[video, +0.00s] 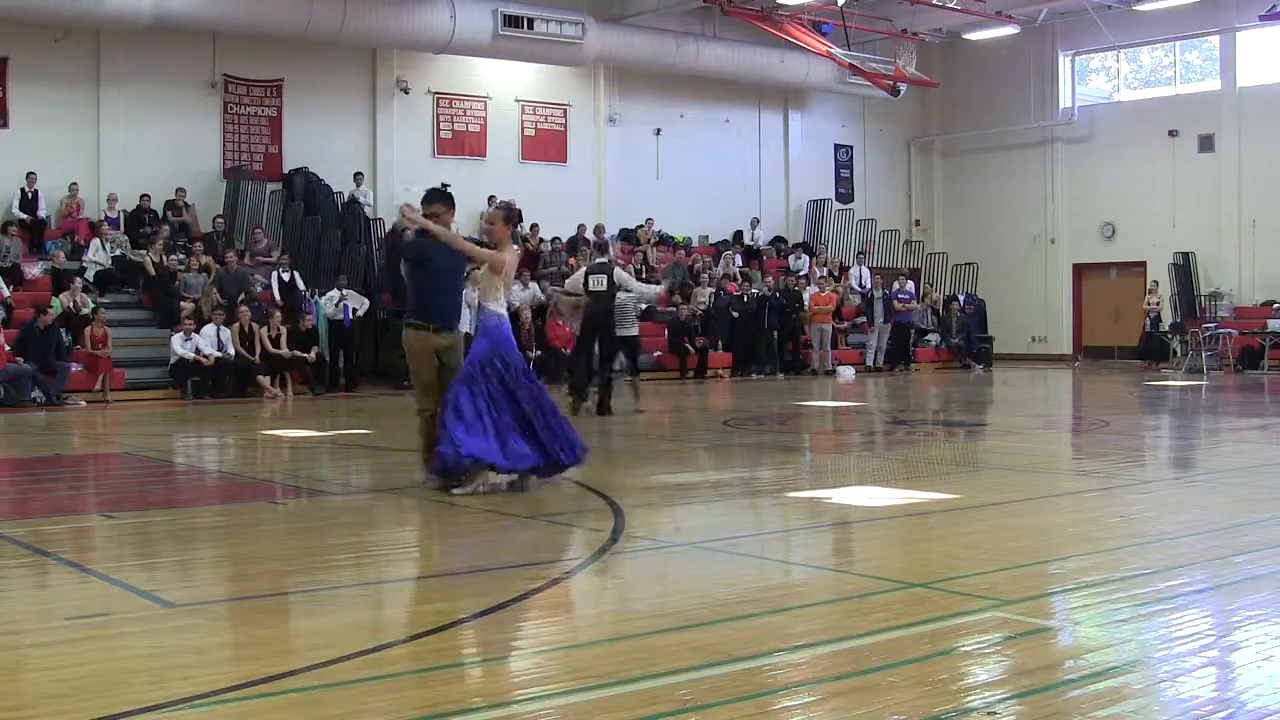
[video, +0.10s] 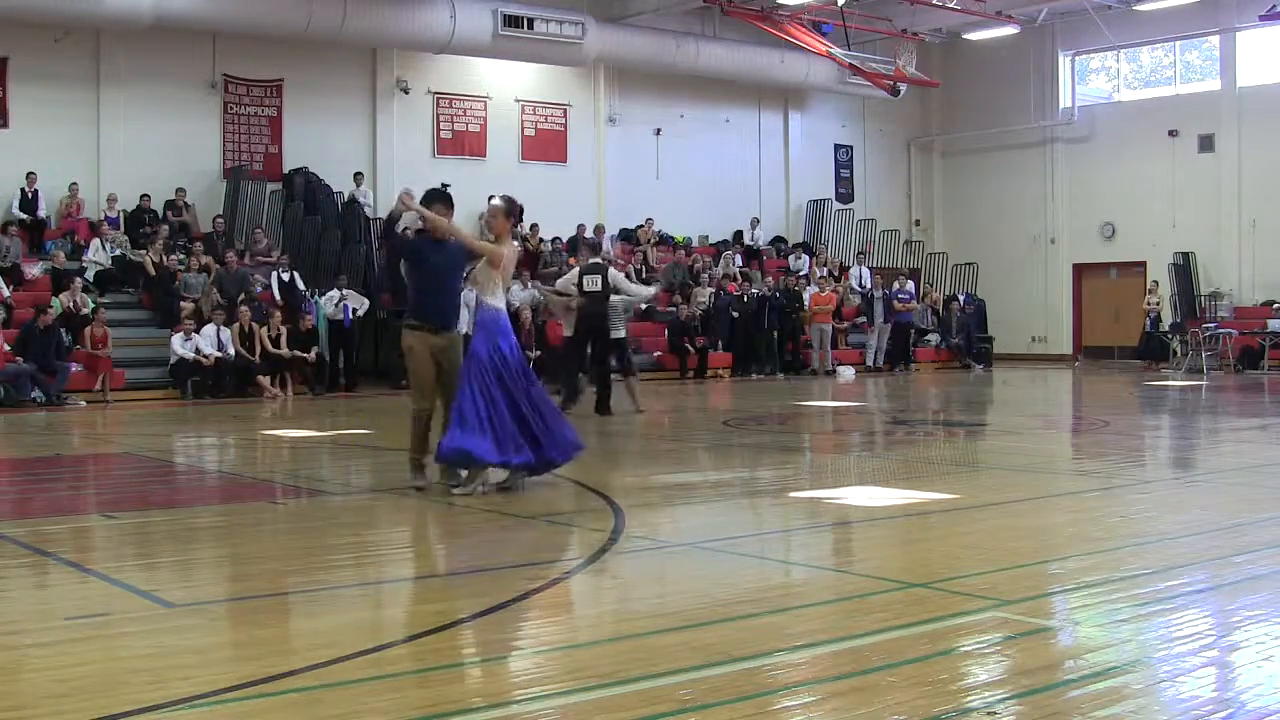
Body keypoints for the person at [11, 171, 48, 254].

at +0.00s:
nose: (32, 181)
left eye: (34, 179)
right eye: (30, 179)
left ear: (36, 181)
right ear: (26, 180)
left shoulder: (39, 193)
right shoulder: (19, 192)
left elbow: (42, 208)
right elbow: (14, 209)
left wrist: (41, 216)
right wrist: (25, 217)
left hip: (35, 217)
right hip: (24, 217)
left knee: (42, 223)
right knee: (33, 225)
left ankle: (38, 248)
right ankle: (32, 248)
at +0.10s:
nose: (32, 181)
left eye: (34, 179)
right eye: (30, 179)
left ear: (36, 181)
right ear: (26, 180)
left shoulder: (39, 193)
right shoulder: (19, 192)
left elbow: (42, 208)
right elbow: (14, 209)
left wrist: (41, 216)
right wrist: (25, 217)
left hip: (35, 217)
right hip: (24, 217)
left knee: (42, 223)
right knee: (33, 225)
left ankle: (38, 248)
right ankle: (32, 248)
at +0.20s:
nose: (32, 181)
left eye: (34, 179)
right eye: (30, 179)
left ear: (36, 181)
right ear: (26, 180)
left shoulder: (39, 193)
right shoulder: (19, 192)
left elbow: (42, 208)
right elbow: (14, 209)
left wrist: (41, 216)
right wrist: (25, 217)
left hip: (35, 217)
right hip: (24, 217)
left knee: (42, 223)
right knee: (33, 225)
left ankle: (38, 248)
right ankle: (32, 248)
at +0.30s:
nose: (33, 182)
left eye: (35, 180)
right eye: (32, 180)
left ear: (36, 181)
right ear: (27, 180)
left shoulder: (38, 193)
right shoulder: (19, 192)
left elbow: (42, 209)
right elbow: (15, 209)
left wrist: (40, 216)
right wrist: (25, 217)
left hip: (36, 217)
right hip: (24, 218)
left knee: (42, 223)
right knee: (33, 225)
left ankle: (40, 249)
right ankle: (32, 249)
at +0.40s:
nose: (33, 182)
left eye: (35, 180)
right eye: (32, 180)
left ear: (36, 181)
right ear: (27, 180)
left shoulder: (38, 193)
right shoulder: (19, 192)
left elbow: (42, 209)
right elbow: (15, 209)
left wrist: (39, 216)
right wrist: (25, 217)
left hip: (36, 217)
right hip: (24, 218)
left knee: (42, 223)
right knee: (33, 225)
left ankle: (40, 249)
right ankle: (32, 249)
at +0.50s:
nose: (34, 182)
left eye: (35, 180)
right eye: (32, 180)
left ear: (36, 181)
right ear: (27, 179)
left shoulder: (39, 193)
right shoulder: (19, 192)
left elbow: (42, 209)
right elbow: (15, 209)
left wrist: (39, 216)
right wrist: (25, 217)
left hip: (36, 217)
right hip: (24, 218)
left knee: (42, 223)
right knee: (34, 225)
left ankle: (40, 249)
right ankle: (32, 249)